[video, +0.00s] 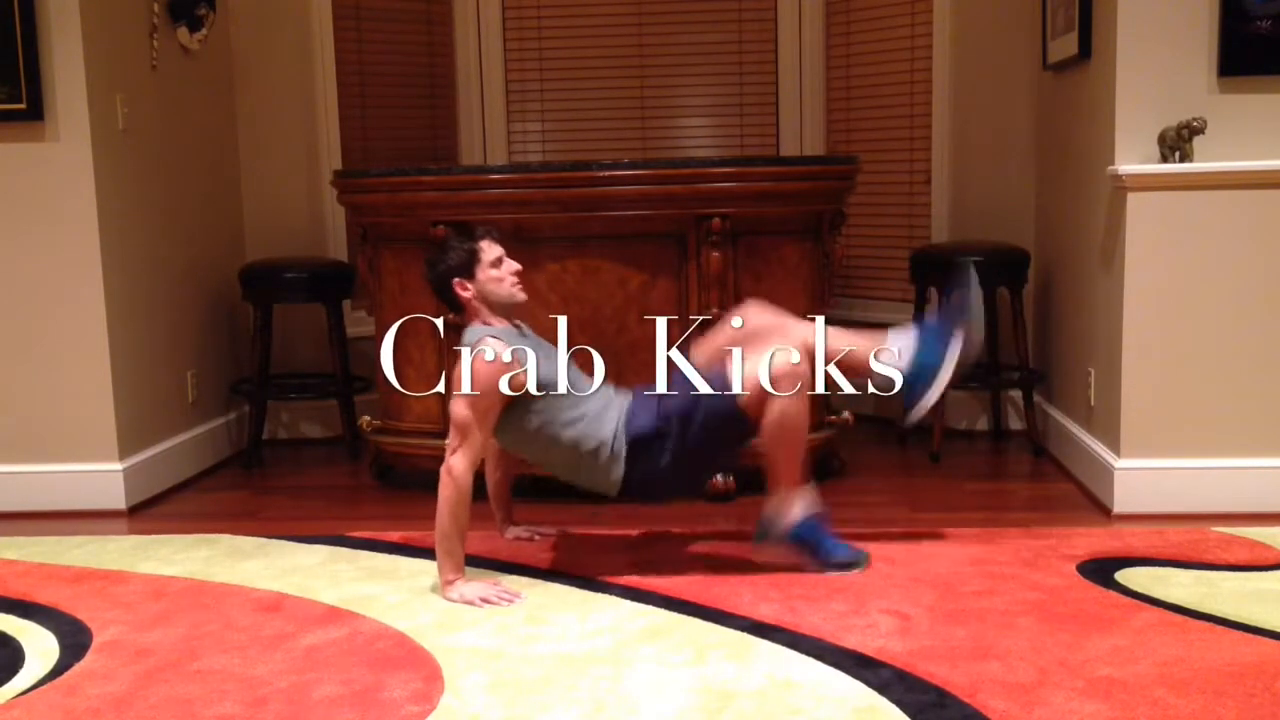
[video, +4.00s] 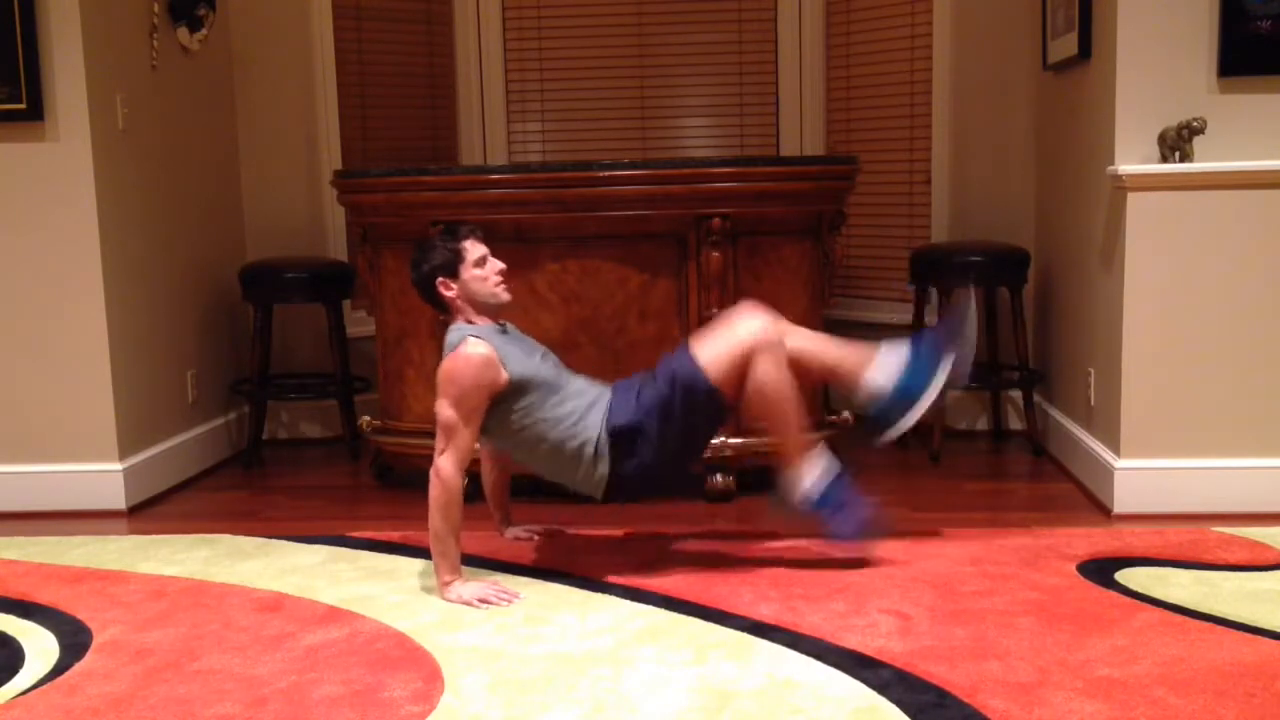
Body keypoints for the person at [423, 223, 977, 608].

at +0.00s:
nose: (514, 270)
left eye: (509, 261)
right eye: (498, 266)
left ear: (494, 279)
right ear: (466, 289)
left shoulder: (505, 337)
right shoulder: (484, 355)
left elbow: (493, 441)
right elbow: (456, 462)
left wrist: (501, 521)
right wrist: (450, 578)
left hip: (643, 416)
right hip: (636, 450)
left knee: (752, 316)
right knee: (783, 363)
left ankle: (901, 357)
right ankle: (787, 516)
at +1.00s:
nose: (505, 271)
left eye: (499, 262)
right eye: (489, 267)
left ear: (481, 283)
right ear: (456, 293)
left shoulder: (500, 338)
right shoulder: (478, 360)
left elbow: (488, 439)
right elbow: (450, 465)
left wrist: (501, 517)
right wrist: (448, 577)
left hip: (633, 428)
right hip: (626, 460)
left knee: (758, 341)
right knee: (767, 372)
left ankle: (905, 333)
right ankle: (762, 525)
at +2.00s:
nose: (500, 269)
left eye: (494, 260)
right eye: (484, 266)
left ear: (472, 284)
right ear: (452, 293)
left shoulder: (493, 337)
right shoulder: (476, 360)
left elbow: (487, 440)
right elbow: (452, 465)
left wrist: (499, 521)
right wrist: (451, 577)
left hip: (633, 412)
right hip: (633, 446)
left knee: (752, 316)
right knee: (772, 353)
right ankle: (761, 509)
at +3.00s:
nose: (506, 270)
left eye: (500, 261)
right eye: (490, 266)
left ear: (476, 285)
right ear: (456, 291)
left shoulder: (498, 339)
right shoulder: (476, 357)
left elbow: (489, 440)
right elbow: (450, 466)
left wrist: (498, 521)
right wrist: (449, 576)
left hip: (635, 413)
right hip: (630, 445)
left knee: (769, 321)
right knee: (770, 344)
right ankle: (798, 496)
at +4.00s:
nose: (499, 269)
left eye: (494, 259)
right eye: (482, 264)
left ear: (481, 277)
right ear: (449, 289)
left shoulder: (492, 337)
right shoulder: (468, 358)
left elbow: (486, 440)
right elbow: (445, 466)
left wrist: (499, 519)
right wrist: (448, 578)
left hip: (627, 420)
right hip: (621, 450)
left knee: (756, 317)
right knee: (753, 335)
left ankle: (887, 374)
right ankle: (807, 484)